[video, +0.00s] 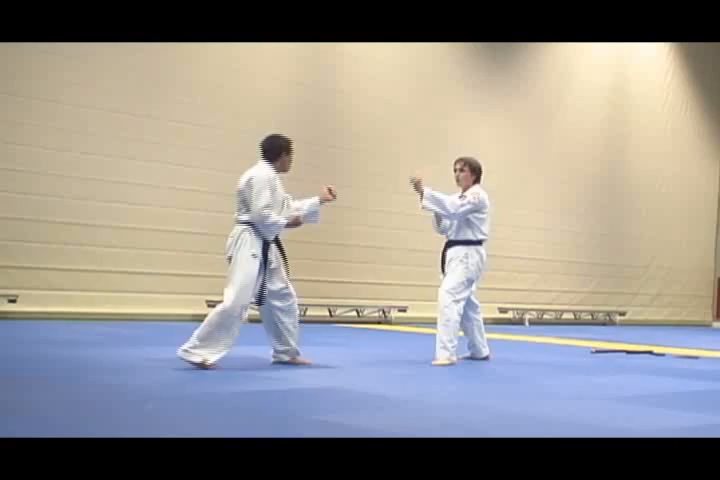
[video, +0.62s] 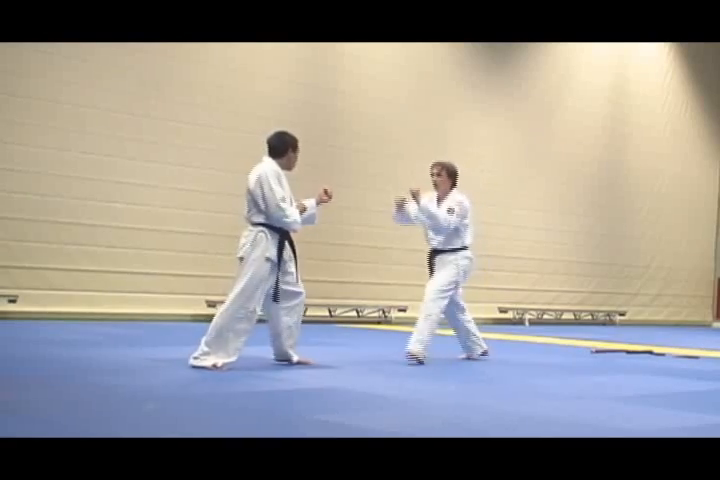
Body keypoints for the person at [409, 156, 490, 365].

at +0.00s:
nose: (458, 174)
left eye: (462, 171)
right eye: (456, 171)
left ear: (474, 174)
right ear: (455, 175)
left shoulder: (477, 194)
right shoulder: (458, 199)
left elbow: (454, 207)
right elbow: (444, 229)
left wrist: (424, 191)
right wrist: (437, 210)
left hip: (468, 251)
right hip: (454, 251)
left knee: (448, 295)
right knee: (467, 302)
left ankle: (446, 353)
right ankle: (479, 349)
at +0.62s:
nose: (435, 179)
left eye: (439, 175)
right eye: (433, 175)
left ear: (451, 178)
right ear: (431, 179)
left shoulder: (460, 201)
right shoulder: (428, 200)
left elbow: (447, 225)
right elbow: (407, 219)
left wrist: (420, 204)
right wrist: (400, 209)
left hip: (457, 255)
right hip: (437, 256)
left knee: (434, 293)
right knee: (453, 306)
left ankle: (417, 349)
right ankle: (476, 347)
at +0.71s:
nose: (428, 172)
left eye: (432, 169)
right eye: (426, 169)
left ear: (445, 172)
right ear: (425, 172)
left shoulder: (457, 194)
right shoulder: (420, 191)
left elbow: (444, 215)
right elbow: (400, 210)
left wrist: (416, 196)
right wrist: (393, 204)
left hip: (449, 253)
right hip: (428, 254)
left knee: (426, 297)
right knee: (444, 302)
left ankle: (415, 352)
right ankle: (471, 338)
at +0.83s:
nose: (415, 171)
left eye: (418, 167)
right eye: (413, 167)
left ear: (432, 166)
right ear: (414, 168)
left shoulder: (450, 184)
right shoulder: (412, 185)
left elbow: (444, 207)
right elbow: (403, 215)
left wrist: (409, 199)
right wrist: (390, 213)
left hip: (437, 245)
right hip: (413, 245)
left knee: (419, 297)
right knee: (393, 294)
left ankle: (416, 354)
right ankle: (429, 310)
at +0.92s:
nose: (406, 176)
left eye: (408, 171)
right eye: (404, 172)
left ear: (421, 169)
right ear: (407, 170)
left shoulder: (441, 184)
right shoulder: (405, 185)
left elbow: (434, 207)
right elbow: (396, 215)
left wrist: (398, 209)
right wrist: (384, 219)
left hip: (428, 245)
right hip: (404, 241)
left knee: (414, 298)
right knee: (375, 252)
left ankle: (416, 352)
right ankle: (384, 303)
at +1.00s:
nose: (399, 179)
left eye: (402, 174)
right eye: (396, 174)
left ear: (415, 171)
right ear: (396, 173)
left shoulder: (432, 182)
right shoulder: (394, 185)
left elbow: (430, 206)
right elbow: (379, 210)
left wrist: (395, 209)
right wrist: (356, 221)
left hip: (421, 245)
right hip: (396, 236)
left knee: (408, 296)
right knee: (378, 226)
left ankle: (413, 353)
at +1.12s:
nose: (384, 168)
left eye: (387, 163)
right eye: (382, 163)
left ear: (399, 159)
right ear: (380, 161)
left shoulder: (421, 169)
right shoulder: (377, 172)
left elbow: (432, 200)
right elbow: (368, 195)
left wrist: (400, 200)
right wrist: (360, 210)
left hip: (406, 235)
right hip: (380, 227)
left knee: (404, 298)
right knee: (347, 231)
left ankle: (409, 352)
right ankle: (322, 270)